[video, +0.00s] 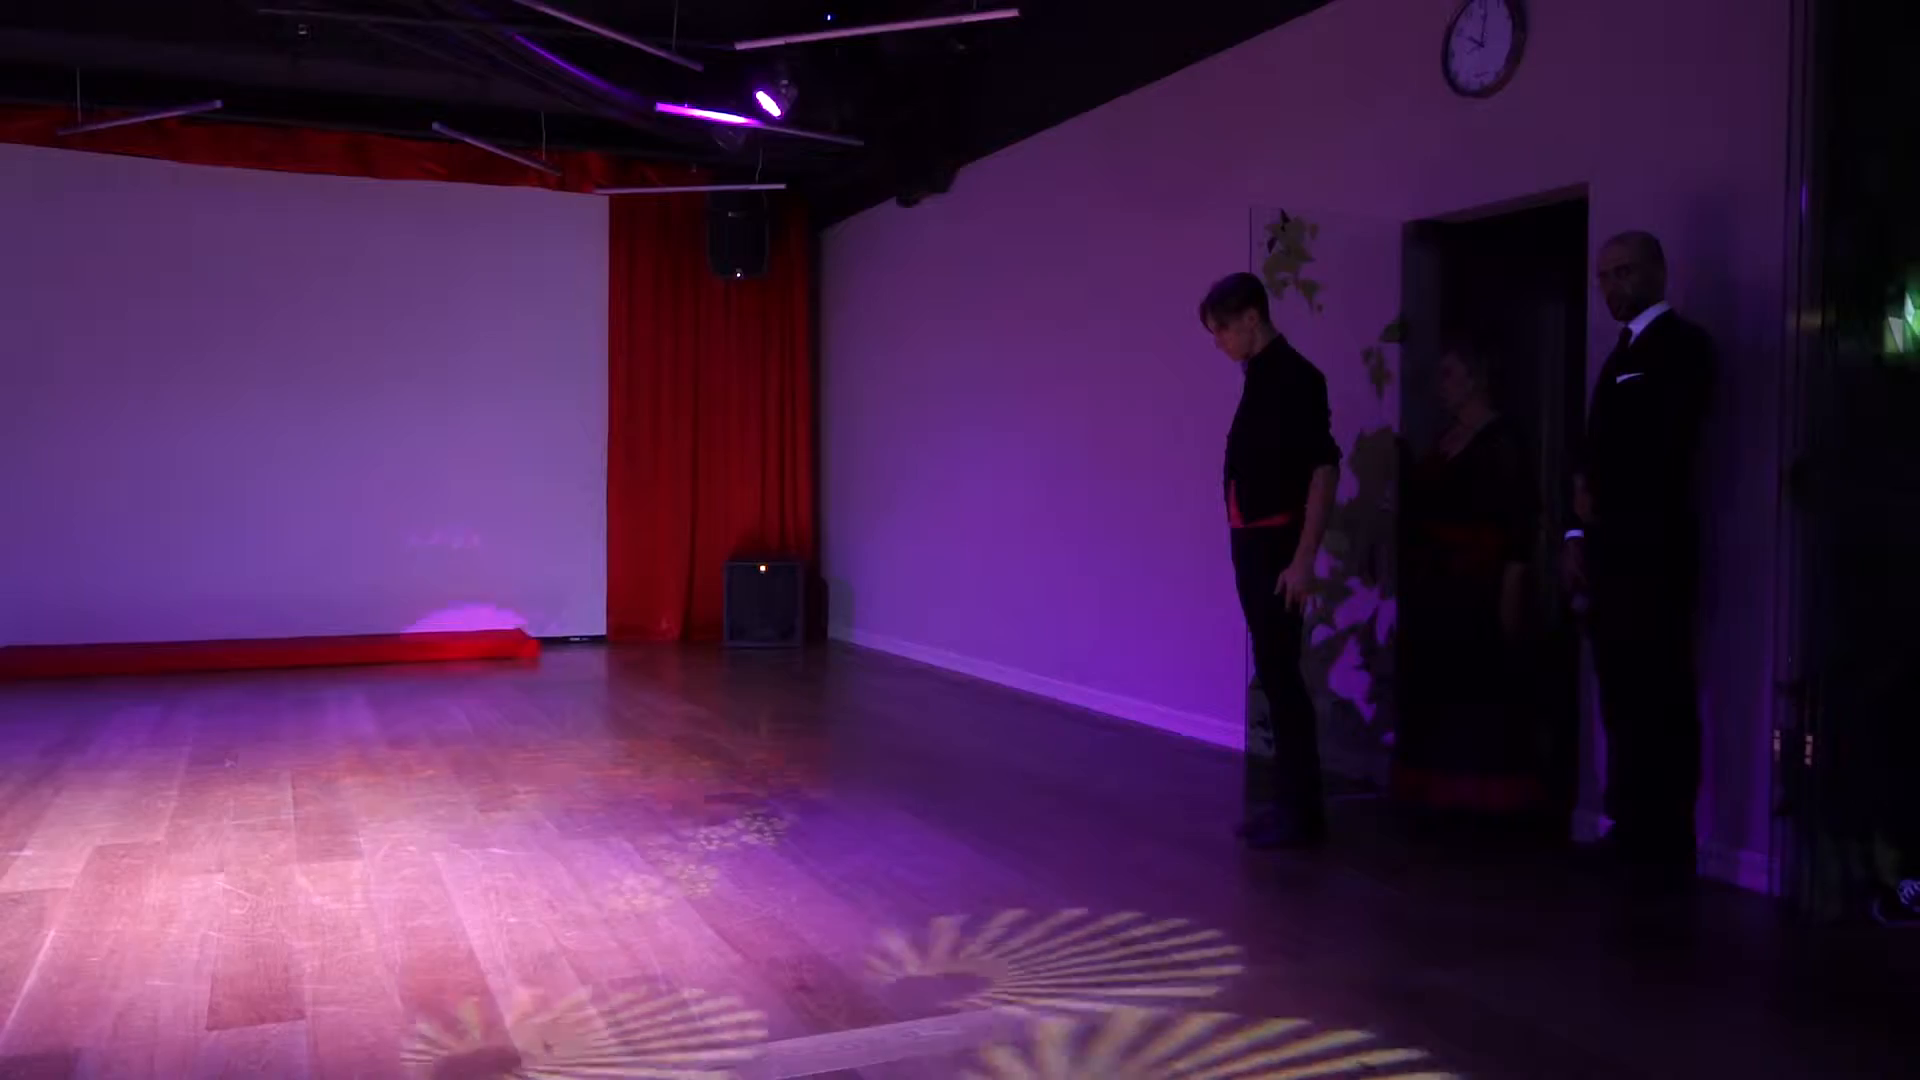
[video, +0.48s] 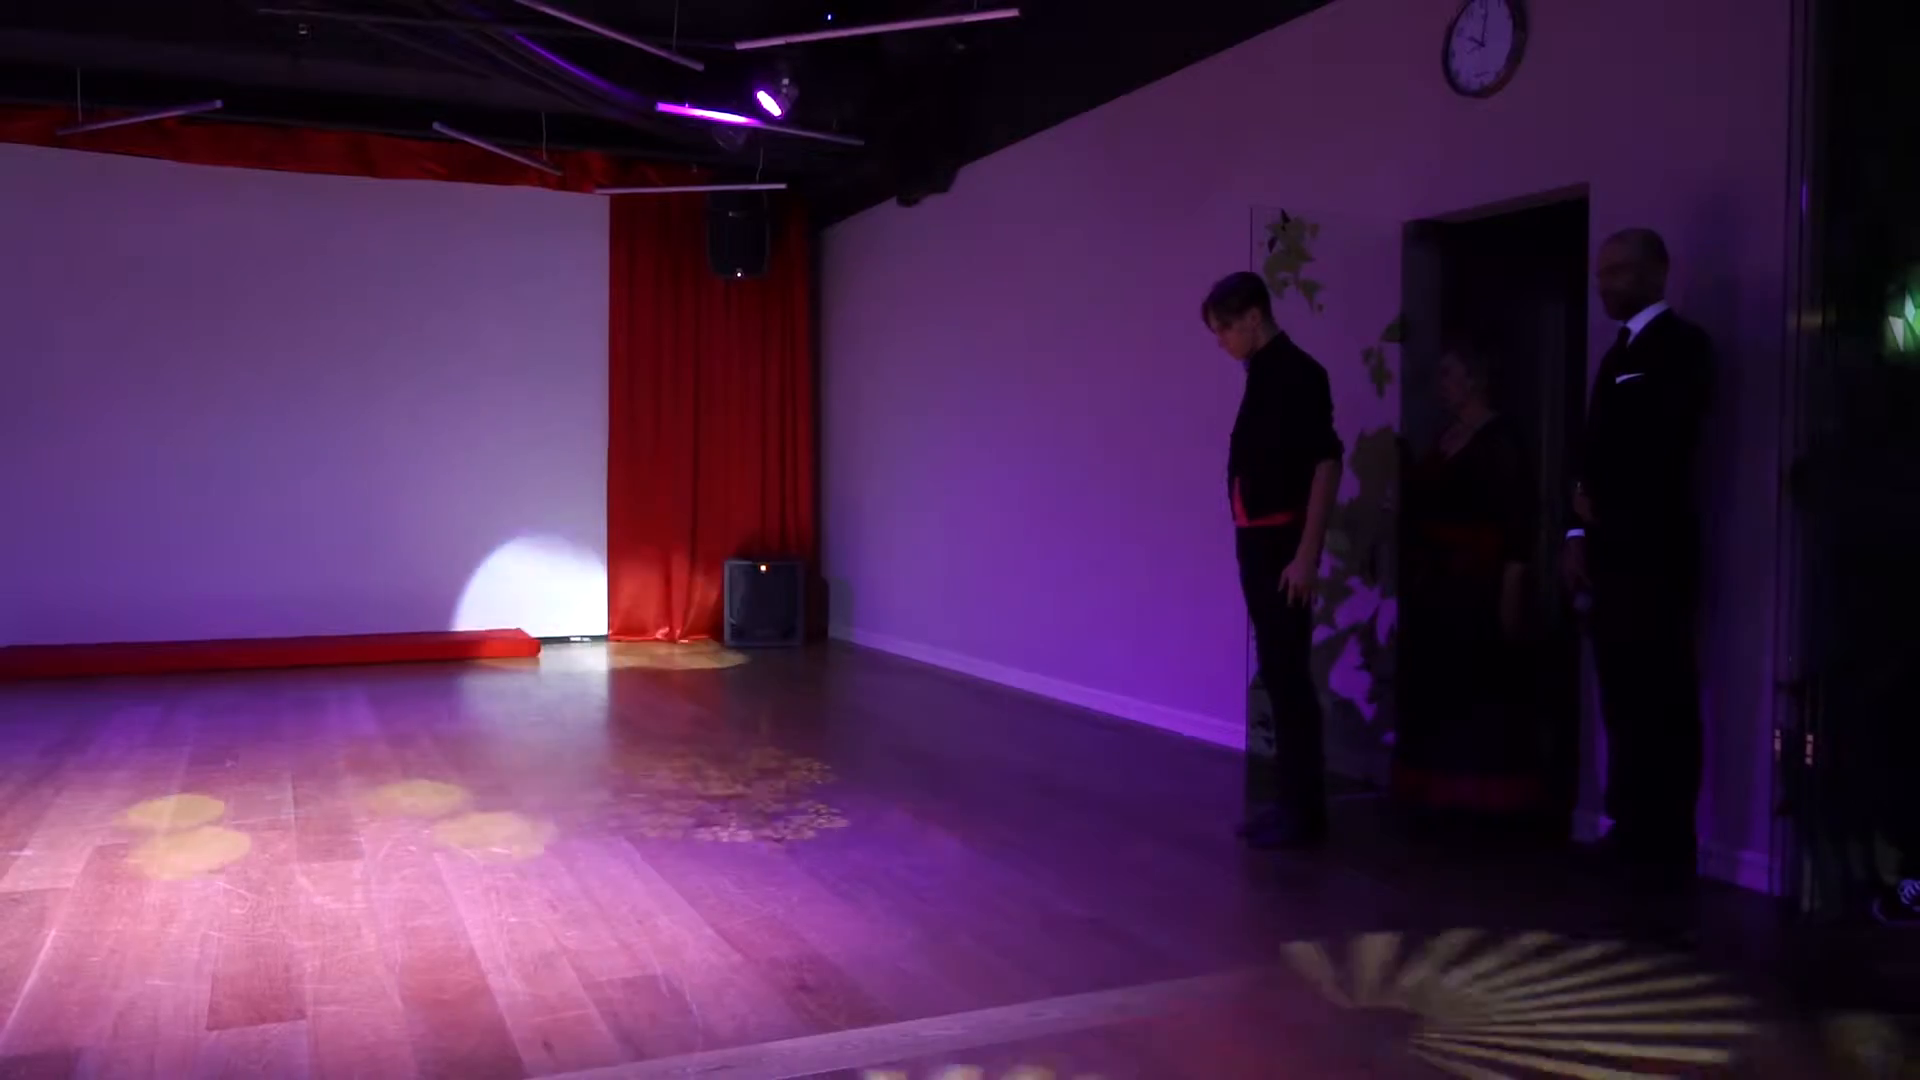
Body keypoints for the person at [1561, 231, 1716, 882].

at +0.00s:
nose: (1610, 286)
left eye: (1622, 273)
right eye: (1604, 276)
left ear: (1654, 275)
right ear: (1605, 283)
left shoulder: (1680, 347)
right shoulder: (1624, 354)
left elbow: (1658, 457)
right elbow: (1594, 453)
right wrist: (1579, 532)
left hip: (1660, 548)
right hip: (1622, 548)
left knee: (1657, 696)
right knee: (1628, 697)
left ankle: (1662, 840)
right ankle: (1632, 832)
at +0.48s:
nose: (1604, 283)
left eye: (1616, 271)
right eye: (1601, 272)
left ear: (1651, 274)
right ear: (1612, 278)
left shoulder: (1677, 348)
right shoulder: (1622, 352)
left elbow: (1648, 459)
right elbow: (1596, 454)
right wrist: (1580, 531)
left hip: (1660, 551)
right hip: (1623, 550)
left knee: (1658, 701)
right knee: (1629, 702)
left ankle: (1662, 847)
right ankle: (1632, 839)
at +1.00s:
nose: (1592, 285)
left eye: (1602, 271)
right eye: (1594, 271)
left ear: (1637, 275)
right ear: (1642, 275)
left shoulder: (1670, 349)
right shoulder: (1629, 349)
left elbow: (1639, 463)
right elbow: (1597, 454)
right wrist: (1583, 527)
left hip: (1661, 555)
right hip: (1631, 553)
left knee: (1657, 707)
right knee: (1635, 705)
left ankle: (1660, 853)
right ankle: (1638, 847)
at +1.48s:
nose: (1592, 286)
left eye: (1601, 272)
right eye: (1593, 273)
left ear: (1635, 276)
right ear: (1640, 276)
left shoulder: (1670, 350)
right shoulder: (1636, 349)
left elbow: (1646, 467)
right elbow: (1614, 458)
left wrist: (1602, 527)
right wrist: (1589, 516)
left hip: (1660, 556)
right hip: (1633, 554)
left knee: (1659, 705)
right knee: (1636, 704)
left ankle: (1661, 850)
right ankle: (1638, 844)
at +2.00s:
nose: (1599, 287)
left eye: (1607, 272)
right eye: (1601, 273)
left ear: (1639, 276)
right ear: (1649, 275)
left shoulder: (1673, 351)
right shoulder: (1644, 347)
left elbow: (1646, 461)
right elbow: (1616, 453)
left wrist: (1603, 527)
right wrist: (1589, 518)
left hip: (1657, 558)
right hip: (1635, 555)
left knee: (1655, 704)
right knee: (1640, 703)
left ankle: (1661, 852)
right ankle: (1641, 844)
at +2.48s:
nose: (1603, 287)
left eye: (1612, 274)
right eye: (1604, 274)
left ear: (1648, 277)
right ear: (1650, 277)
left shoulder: (1684, 350)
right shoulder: (1645, 350)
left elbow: (1664, 462)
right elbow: (1617, 451)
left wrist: (1619, 528)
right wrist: (1585, 513)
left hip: (1667, 555)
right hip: (1635, 553)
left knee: (1661, 700)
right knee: (1638, 699)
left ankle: (1665, 850)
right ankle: (1637, 841)